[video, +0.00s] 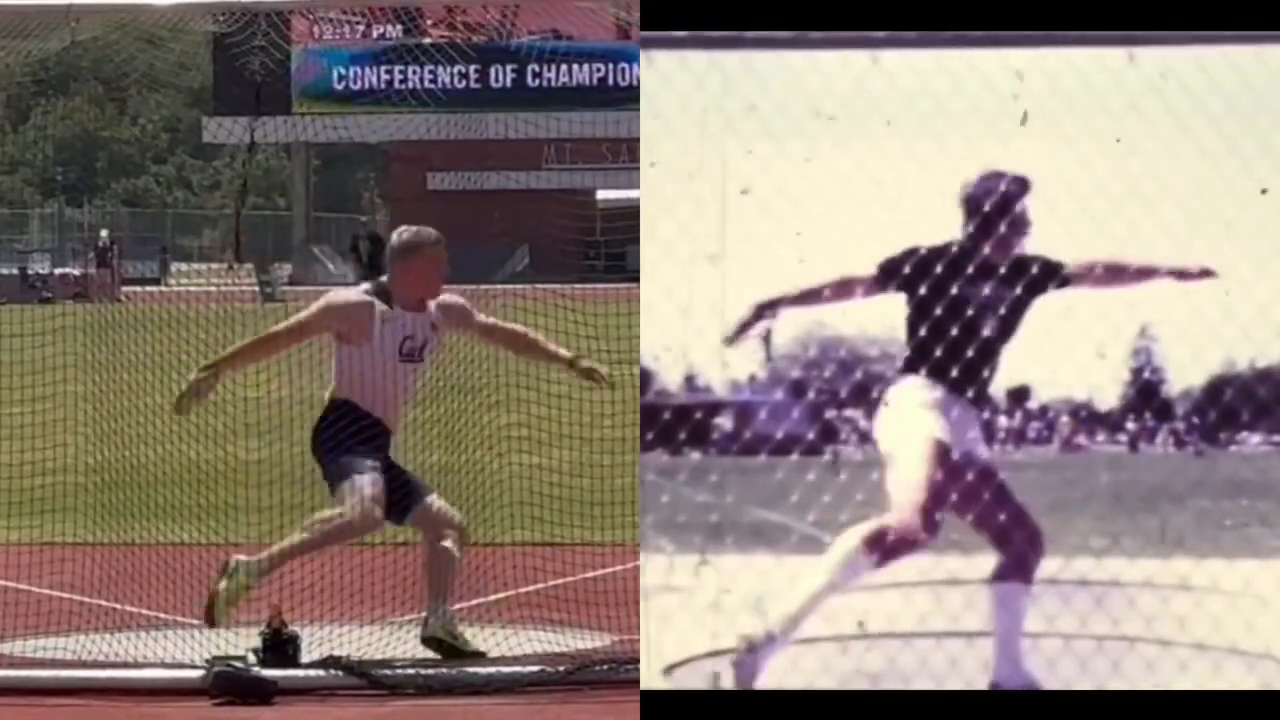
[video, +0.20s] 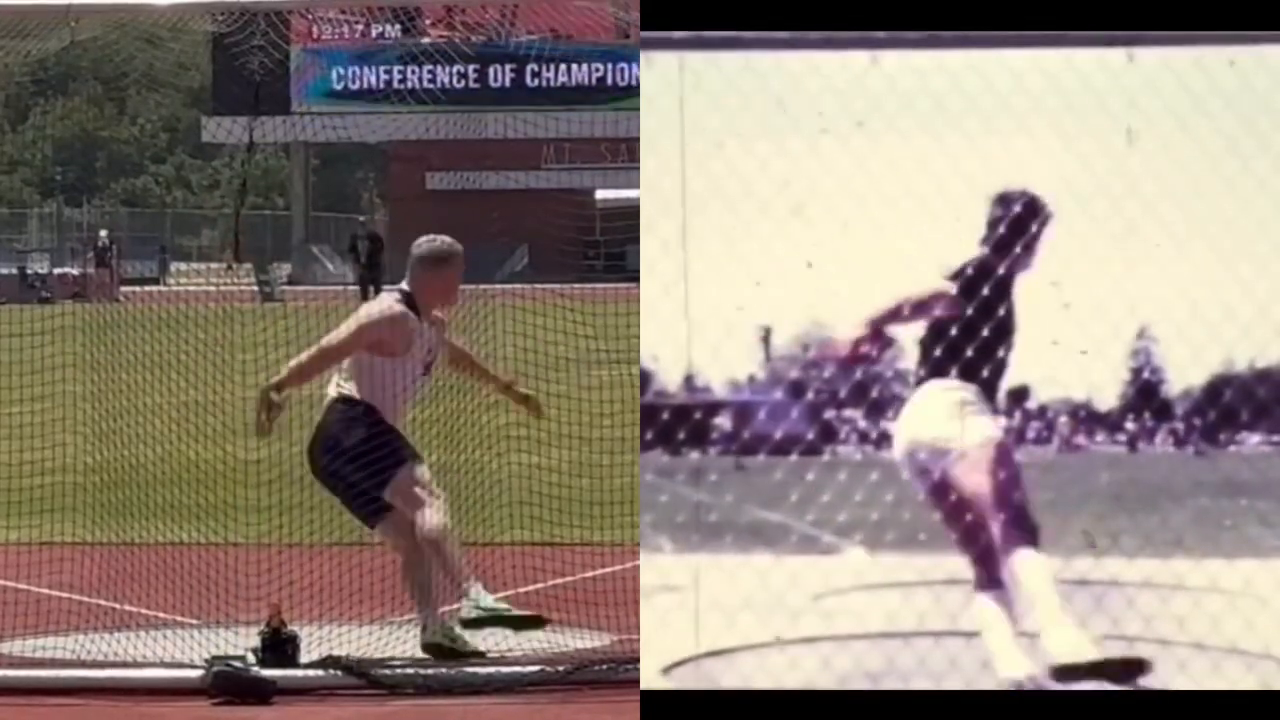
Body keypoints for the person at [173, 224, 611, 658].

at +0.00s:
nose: (443, 276)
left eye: (443, 266)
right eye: (436, 266)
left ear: (425, 271)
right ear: (406, 269)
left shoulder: (442, 311)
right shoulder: (353, 306)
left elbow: (505, 335)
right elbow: (280, 338)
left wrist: (570, 361)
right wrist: (213, 371)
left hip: (377, 450)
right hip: (345, 433)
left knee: (448, 526)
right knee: (364, 512)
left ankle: (438, 624)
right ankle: (251, 571)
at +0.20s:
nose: (459, 288)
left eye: (460, 279)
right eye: (456, 278)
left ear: (426, 276)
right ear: (433, 277)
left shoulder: (429, 328)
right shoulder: (389, 313)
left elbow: (462, 360)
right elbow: (328, 351)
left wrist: (507, 388)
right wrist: (277, 388)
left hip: (333, 448)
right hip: (352, 426)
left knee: (411, 536)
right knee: (426, 501)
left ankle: (435, 629)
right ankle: (473, 596)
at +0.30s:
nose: (442, 271)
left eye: (442, 262)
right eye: (441, 262)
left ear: (399, 258)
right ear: (432, 261)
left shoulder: (373, 293)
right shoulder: (401, 297)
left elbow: (348, 353)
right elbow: (377, 338)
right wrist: (372, 372)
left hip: (326, 427)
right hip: (370, 414)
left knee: (390, 524)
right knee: (471, 482)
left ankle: (430, 627)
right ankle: (514, 601)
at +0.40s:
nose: (401, 234)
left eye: (398, 227)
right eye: (399, 228)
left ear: (355, 232)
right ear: (394, 230)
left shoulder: (323, 273)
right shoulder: (395, 270)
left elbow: (252, 304)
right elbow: (421, 305)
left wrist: (259, 324)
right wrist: (463, 332)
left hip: (336, 404)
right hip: (388, 394)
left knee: (385, 514)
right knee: (447, 471)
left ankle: (430, 611)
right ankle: (454, 603)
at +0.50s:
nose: (329, 216)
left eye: (317, 209)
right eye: (347, 206)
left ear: (309, 216)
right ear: (355, 211)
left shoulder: (287, 265)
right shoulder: (386, 252)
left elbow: (222, 299)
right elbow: (460, 266)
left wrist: (200, 296)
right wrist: (526, 272)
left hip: (361, 398)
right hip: (407, 385)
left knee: (413, 512)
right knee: (374, 484)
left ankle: (465, 550)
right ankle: (385, 596)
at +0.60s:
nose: (283, 227)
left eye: (287, 218)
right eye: (284, 218)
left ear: (306, 220)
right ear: (326, 216)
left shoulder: (294, 273)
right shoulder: (373, 239)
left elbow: (241, 305)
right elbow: (454, 231)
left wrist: (200, 290)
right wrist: (519, 220)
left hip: (380, 399)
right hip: (375, 395)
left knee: (410, 510)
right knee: (321, 483)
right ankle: (362, 601)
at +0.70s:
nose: (294, 245)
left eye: (299, 236)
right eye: (293, 237)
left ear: (322, 234)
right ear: (325, 233)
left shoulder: (339, 279)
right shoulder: (356, 240)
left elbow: (298, 318)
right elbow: (399, 212)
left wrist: (243, 294)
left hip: (388, 398)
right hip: (337, 397)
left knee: (403, 511)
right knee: (317, 494)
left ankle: (448, 450)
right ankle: (350, 606)